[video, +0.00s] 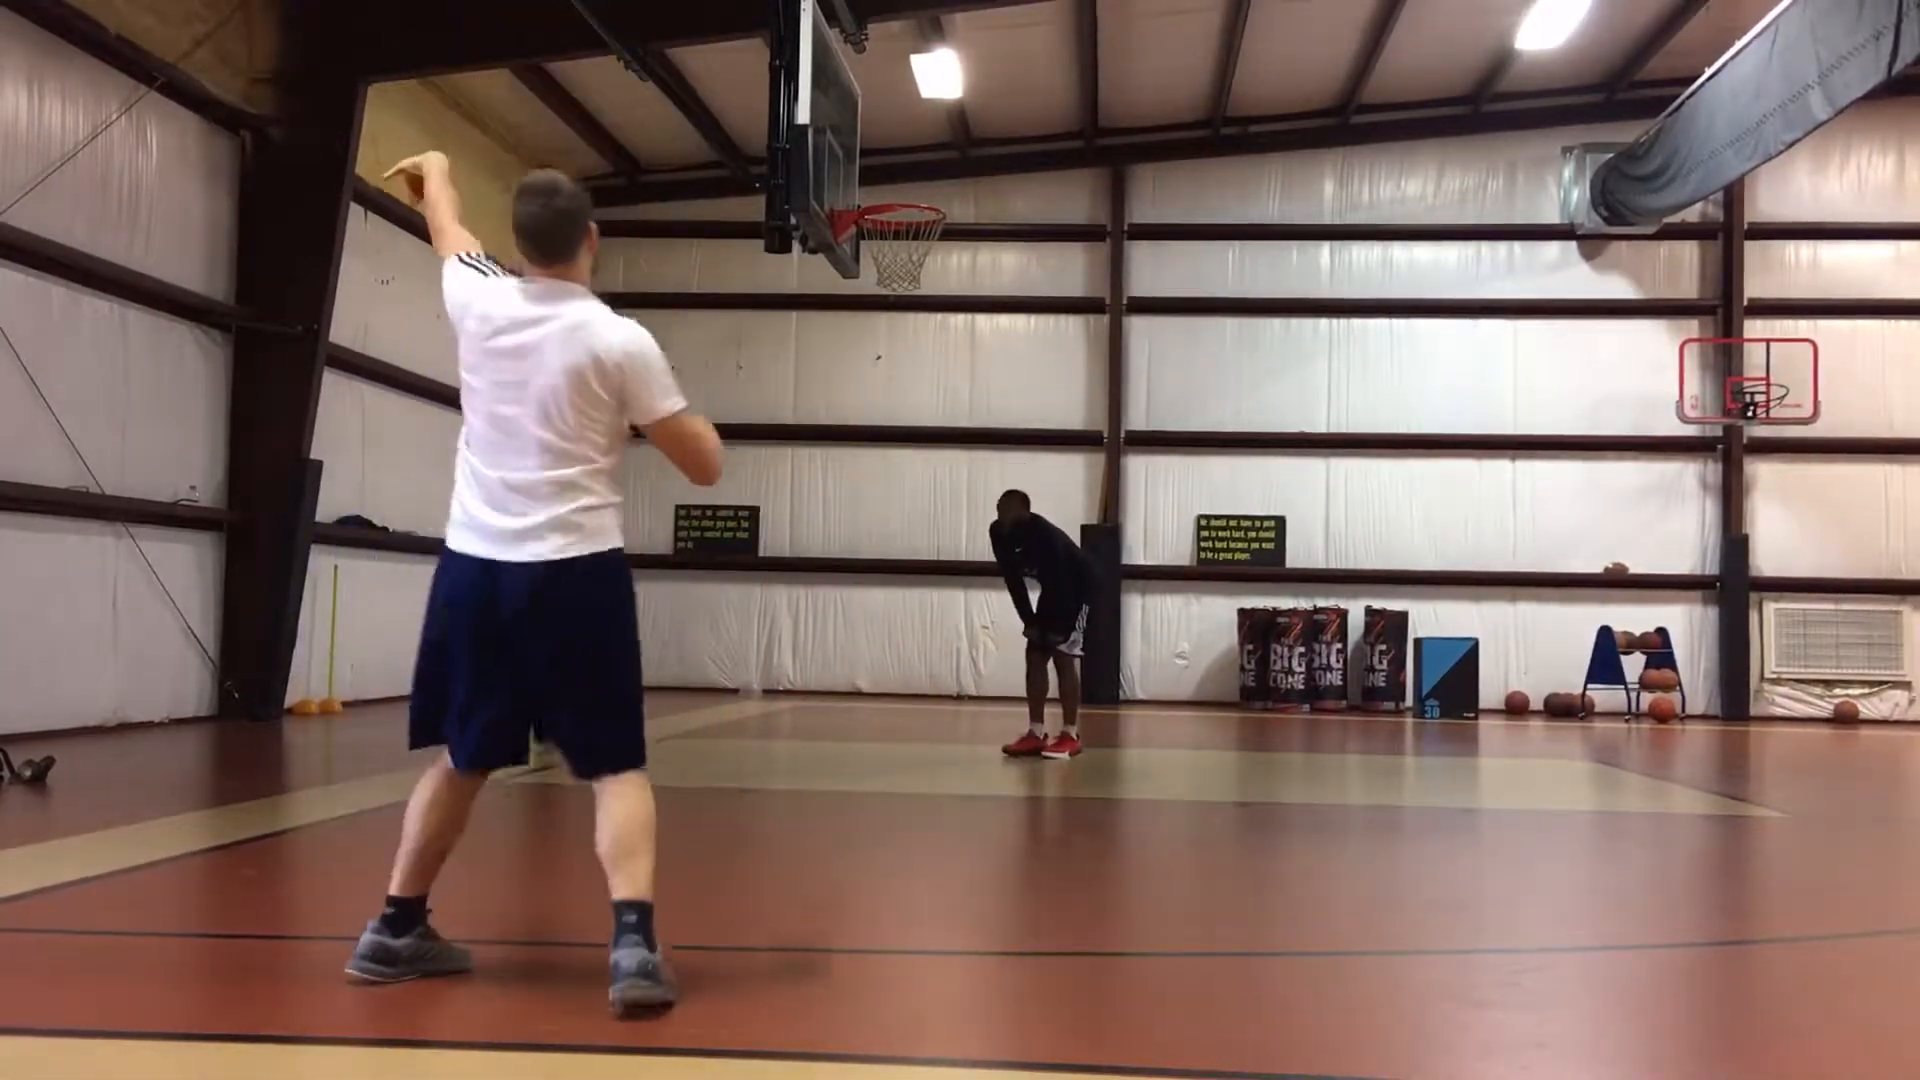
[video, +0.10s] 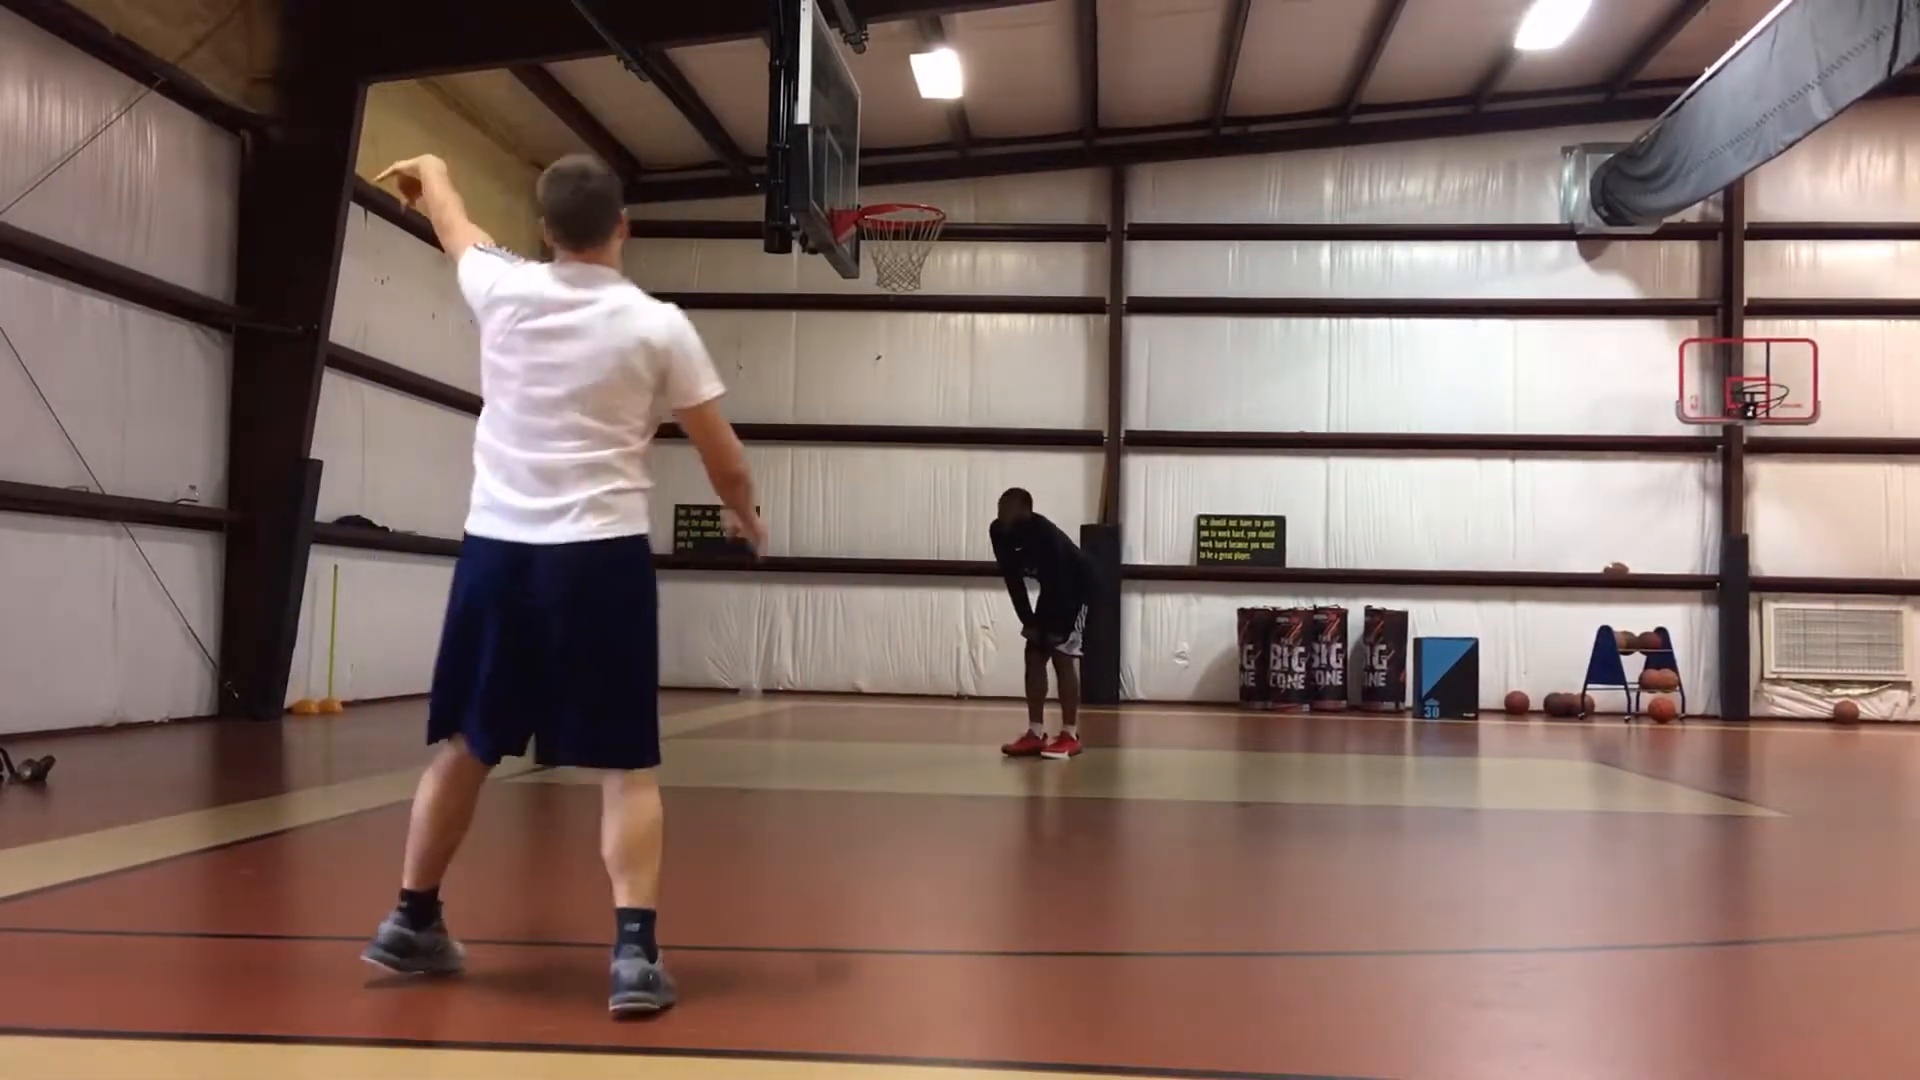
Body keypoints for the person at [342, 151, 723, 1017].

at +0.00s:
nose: (593, 241)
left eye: (562, 234)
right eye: (594, 233)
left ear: (518, 244)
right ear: (591, 242)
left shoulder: (476, 301)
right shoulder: (620, 342)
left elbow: (447, 228)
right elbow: (703, 463)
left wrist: (434, 169)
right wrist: (665, 410)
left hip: (474, 573)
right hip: (578, 579)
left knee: (462, 753)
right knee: (617, 764)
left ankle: (396, 928)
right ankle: (634, 946)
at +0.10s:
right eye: (626, 218)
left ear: (544, 232)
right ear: (623, 227)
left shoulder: (503, 290)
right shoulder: (658, 326)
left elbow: (453, 227)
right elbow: (725, 464)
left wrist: (430, 172)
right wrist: (744, 513)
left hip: (495, 561)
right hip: (604, 568)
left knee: (463, 743)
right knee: (628, 763)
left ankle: (411, 921)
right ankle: (635, 957)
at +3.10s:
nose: (969, 228)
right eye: (971, 218)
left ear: (887, 224)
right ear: (966, 226)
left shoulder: (833, 294)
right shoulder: (992, 315)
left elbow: (743, 359)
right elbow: (1017, 432)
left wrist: (664, 437)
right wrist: (1081, 551)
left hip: (835, 564)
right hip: (942, 569)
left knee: (831, 749)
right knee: (981, 766)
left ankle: (788, 940)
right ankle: (998, 962)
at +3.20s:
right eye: (996, 216)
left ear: (913, 226)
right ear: (992, 226)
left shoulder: (855, 299)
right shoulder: (1025, 323)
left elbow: (751, 363)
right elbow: (1062, 447)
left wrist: (657, 426)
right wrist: (1138, 569)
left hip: (854, 568)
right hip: (965, 574)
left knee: (838, 757)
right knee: (989, 783)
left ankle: (798, 949)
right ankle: (994, 984)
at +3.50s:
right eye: (995, 189)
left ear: (913, 195)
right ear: (997, 197)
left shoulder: (856, 285)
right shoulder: (1039, 302)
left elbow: (849, 407)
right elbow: (1042, 468)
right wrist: (969, 498)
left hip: (858, 552)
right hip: (978, 559)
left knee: (818, 756)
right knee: (991, 782)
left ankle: (788, 969)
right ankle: (997, 984)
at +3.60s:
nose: (885, 202)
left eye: (882, 189)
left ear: (885, 196)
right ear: (971, 196)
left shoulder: (833, 288)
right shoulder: (1019, 300)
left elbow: (838, 402)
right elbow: (1038, 464)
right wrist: (964, 439)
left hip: (842, 563)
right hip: (964, 570)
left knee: (802, 770)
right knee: (986, 789)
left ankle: (779, 978)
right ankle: (998, 987)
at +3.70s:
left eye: (857, 188)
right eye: (939, 190)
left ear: (853, 197)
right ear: (943, 197)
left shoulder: (798, 287)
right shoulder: (987, 291)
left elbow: (801, 394)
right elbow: (1035, 451)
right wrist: (1054, 475)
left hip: (810, 569)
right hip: (937, 576)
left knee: (794, 784)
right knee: (969, 792)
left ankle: (774, 1008)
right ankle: (996, 992)